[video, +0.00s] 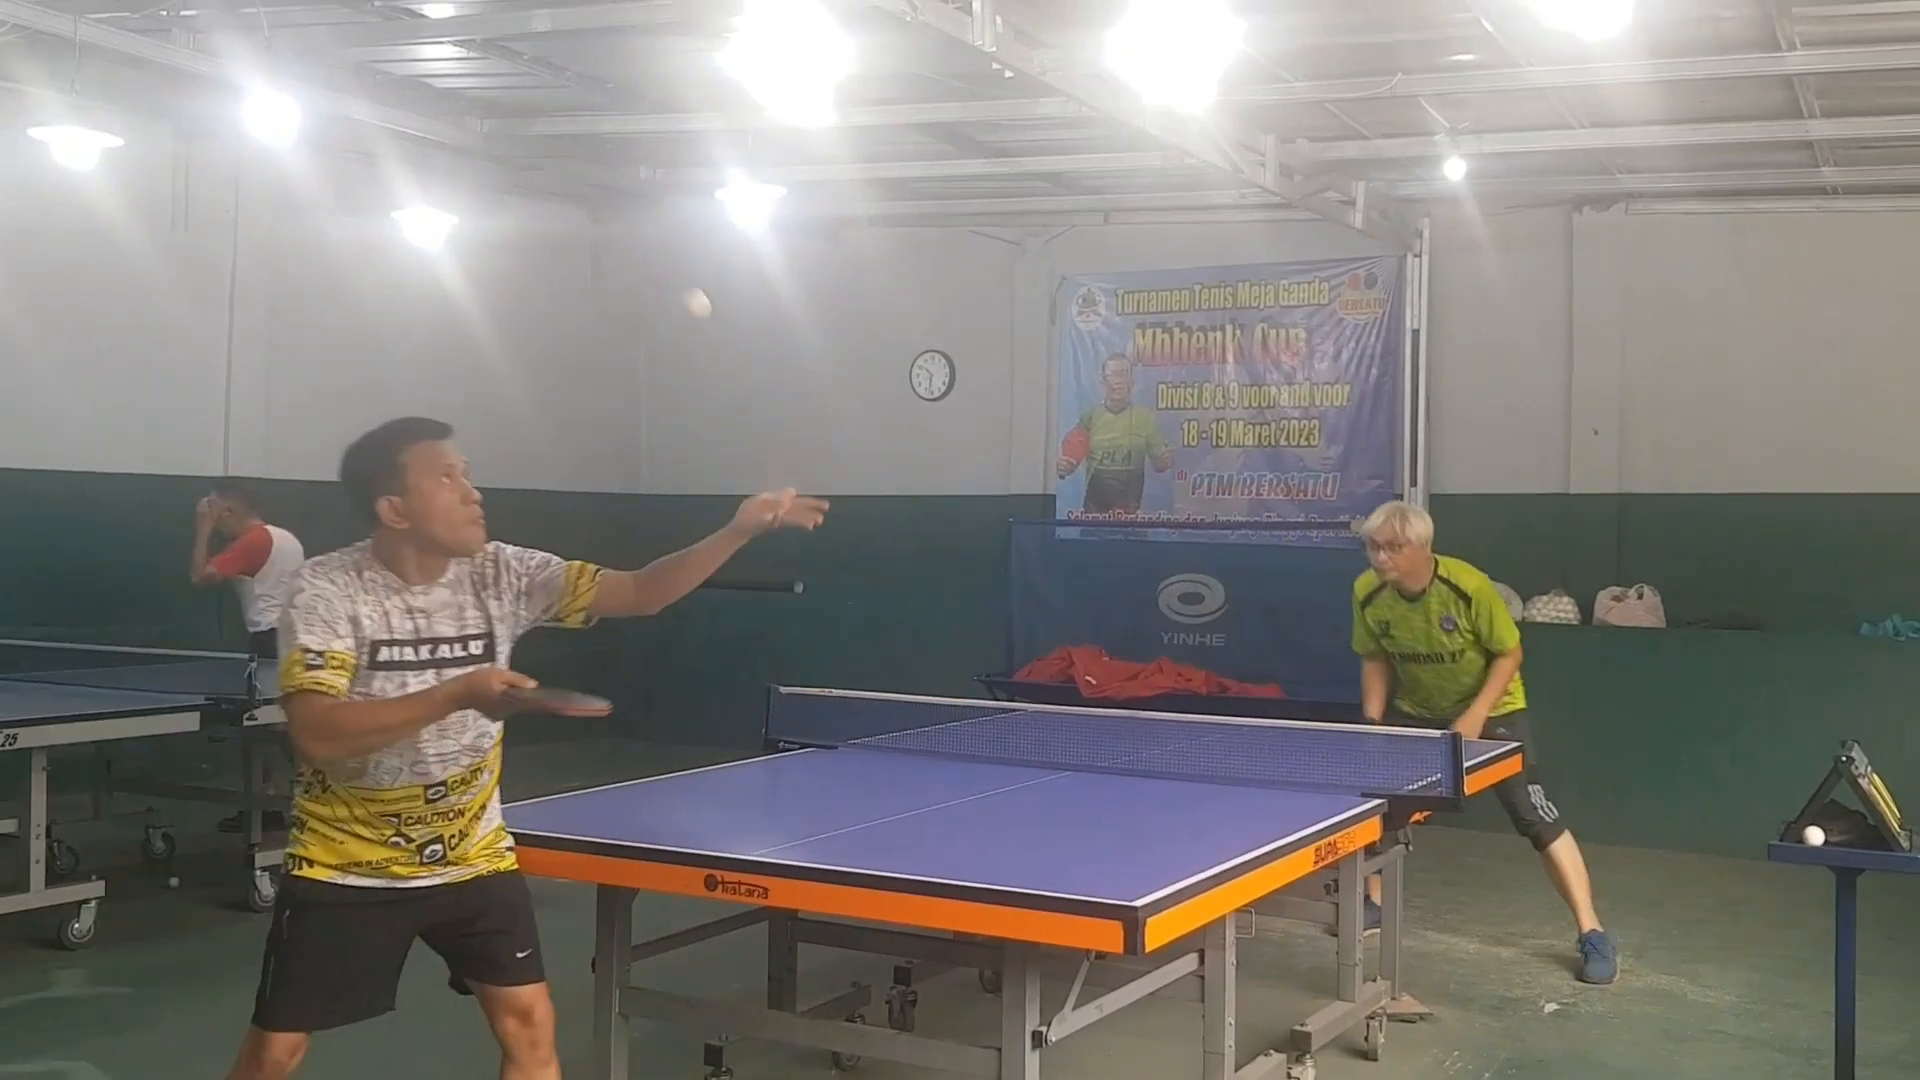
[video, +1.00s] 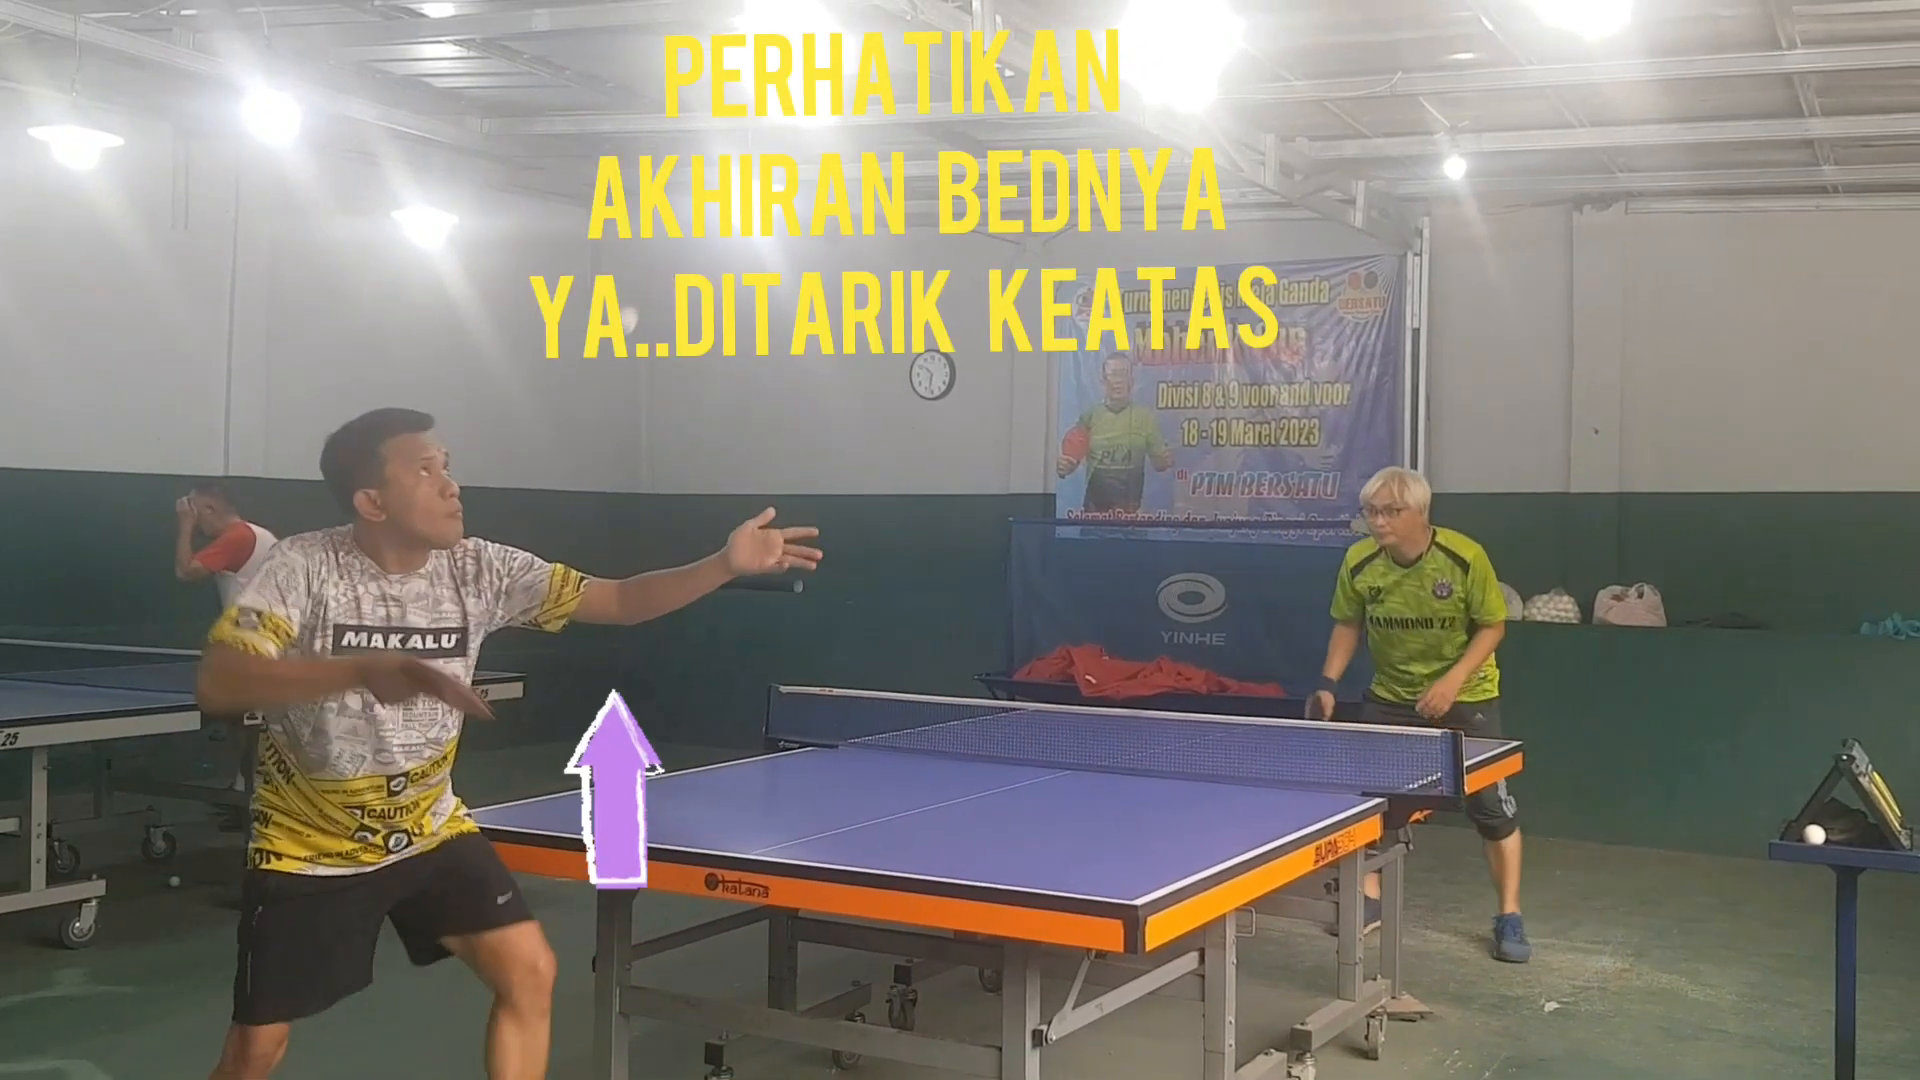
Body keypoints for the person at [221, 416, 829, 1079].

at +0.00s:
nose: (475, 490)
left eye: (469, 476)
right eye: (451, 478)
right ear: (392, 507)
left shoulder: (503, 575)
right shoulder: (326, 586)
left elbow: (638, 591)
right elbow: (317, 732)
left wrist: (742, 527)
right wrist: (458, 692)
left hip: (472, 852)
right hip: (344, 861)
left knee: (529, 1023)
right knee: (273, 1052)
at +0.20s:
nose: (465, 488)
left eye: (459, 473)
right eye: (442, 476)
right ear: (383, 507)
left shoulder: (494, 573)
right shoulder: (316, 587)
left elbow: (632, 594)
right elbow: (301, 731)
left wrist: (736, 539)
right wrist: (445, 695)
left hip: (465, 852)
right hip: (336, 862)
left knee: (522, 1022)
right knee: (270, 1055)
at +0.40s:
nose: (457, 486)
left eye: (450, 470)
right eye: (433, 473)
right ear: (376, 505)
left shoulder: (488, 572)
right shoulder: (308, 585)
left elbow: (625, 596)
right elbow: (284, 726)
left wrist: (731, 549)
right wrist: (429, 701)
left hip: (455, 850)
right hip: (328, 861)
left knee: (517, 1018)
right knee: (267, 1054)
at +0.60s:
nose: (450, 482)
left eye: (444, 467)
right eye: (426, 470)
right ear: (368, 502)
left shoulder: (480, 570)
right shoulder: (297, 578)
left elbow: (620, 598)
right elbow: (249, 710)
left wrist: (726, 560)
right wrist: (395, 698)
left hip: (437, 837)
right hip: (312, 849)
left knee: (519, 993)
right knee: (259, 1053)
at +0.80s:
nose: (451, 481)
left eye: (446, 466)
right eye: (427, 469)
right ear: (368, 500)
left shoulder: (480, 569)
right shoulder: (295, 572)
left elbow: (619, 599)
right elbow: (233, 696)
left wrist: (725, 563)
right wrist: (381, 686)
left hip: (432, 833)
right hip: (309, 846)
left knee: (523, 982)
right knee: (257, 1051)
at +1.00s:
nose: (452, 481)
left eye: (448, 465)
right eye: (427, 469)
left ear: (444, 477)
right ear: (368, 500)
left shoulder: (480, 569)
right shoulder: (297, 569)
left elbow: (617, 601)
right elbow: (218, 683)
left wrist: (725, 564)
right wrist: (362, 670)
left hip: (429, 827)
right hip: (306, 841)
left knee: (529, 970)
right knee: (258, 1043)